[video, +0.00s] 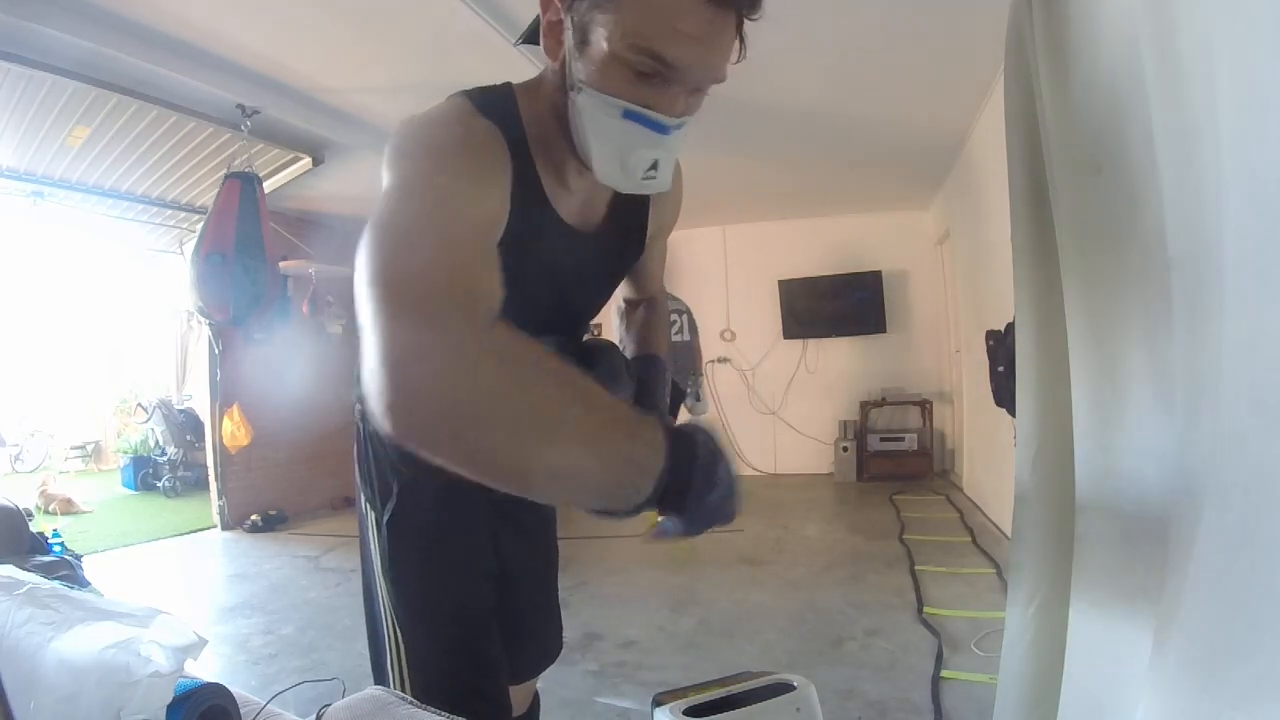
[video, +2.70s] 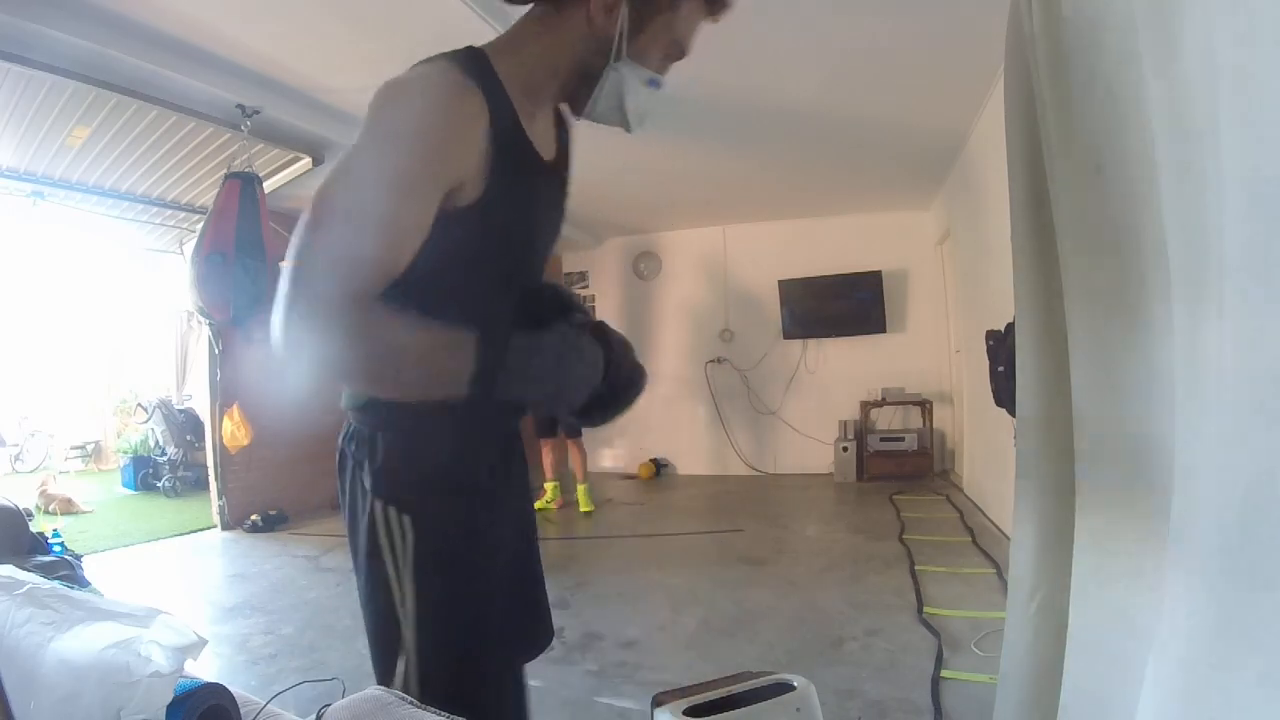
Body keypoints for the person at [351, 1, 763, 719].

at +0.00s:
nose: (672, 114)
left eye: (703, 86)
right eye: (646, 71)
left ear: (728, 65)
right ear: (557, 31)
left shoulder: (654, 181)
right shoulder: (450, 147)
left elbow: (644, 298)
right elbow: (424, 382)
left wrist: (650, 389)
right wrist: (670, 467)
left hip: (535, 428)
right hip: (429, 444)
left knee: (520, 670)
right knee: (458, 693)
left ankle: (517, 705)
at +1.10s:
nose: (642, 85)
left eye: (684, 63)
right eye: (617, 36)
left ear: (715, 78)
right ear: (563, 25)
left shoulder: (667, 191)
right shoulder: (453, 162)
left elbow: (650, 310)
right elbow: (386, 422)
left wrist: (648, 433)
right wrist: (561, 529)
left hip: (540, 479)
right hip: (431, 477)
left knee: (523, 692)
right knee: (462, 706)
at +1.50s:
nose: (634, 84)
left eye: (675, 67)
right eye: (614, 40)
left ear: (703, 83)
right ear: (563, 28)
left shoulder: (657, 192)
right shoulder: (457, 165)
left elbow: (646, 308)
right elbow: (399, 389)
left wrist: (646, 408)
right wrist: (446, 526)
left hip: (547, 455)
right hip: (435, 454)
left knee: (531, 681)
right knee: (466, 702)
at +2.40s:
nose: (681, 63)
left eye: (709, 38)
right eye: (658, 17)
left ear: (720, 40)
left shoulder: (625, 149)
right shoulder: (429, 134)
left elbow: (607, 268)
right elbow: (347, 410)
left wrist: (624, 381)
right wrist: (495, 598)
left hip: (515, 477)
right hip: (412, 484)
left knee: (532, 689)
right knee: (439, 706)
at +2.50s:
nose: (692, 71)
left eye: (712, 48)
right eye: (683, 30)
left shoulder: (603, 135)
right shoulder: (430, 119)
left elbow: (576, 253)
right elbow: (328, 387)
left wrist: (604, 358)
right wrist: (475, 532)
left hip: (506, 472)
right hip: (407, 482)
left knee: (487, 678)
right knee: (443, 699)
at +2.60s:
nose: (684, 75)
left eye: (699, 54)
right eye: (687, 43)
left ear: (592, 8)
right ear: (599, 3)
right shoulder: (428, 108)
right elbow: (298, 353)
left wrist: (595, 348)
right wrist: (477, 427)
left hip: (493, 469)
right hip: (412, 477)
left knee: (480, 674)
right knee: (450, 705)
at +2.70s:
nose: (680, 56)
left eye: (695, 29)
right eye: (688, 20)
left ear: (605, 12)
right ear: (606, 7)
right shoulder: (436, 101)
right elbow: (313, 331)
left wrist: (572, 342)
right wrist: (505, 364)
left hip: (487, 449)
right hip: (415, 459)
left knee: (493, 682)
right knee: (449, 699)